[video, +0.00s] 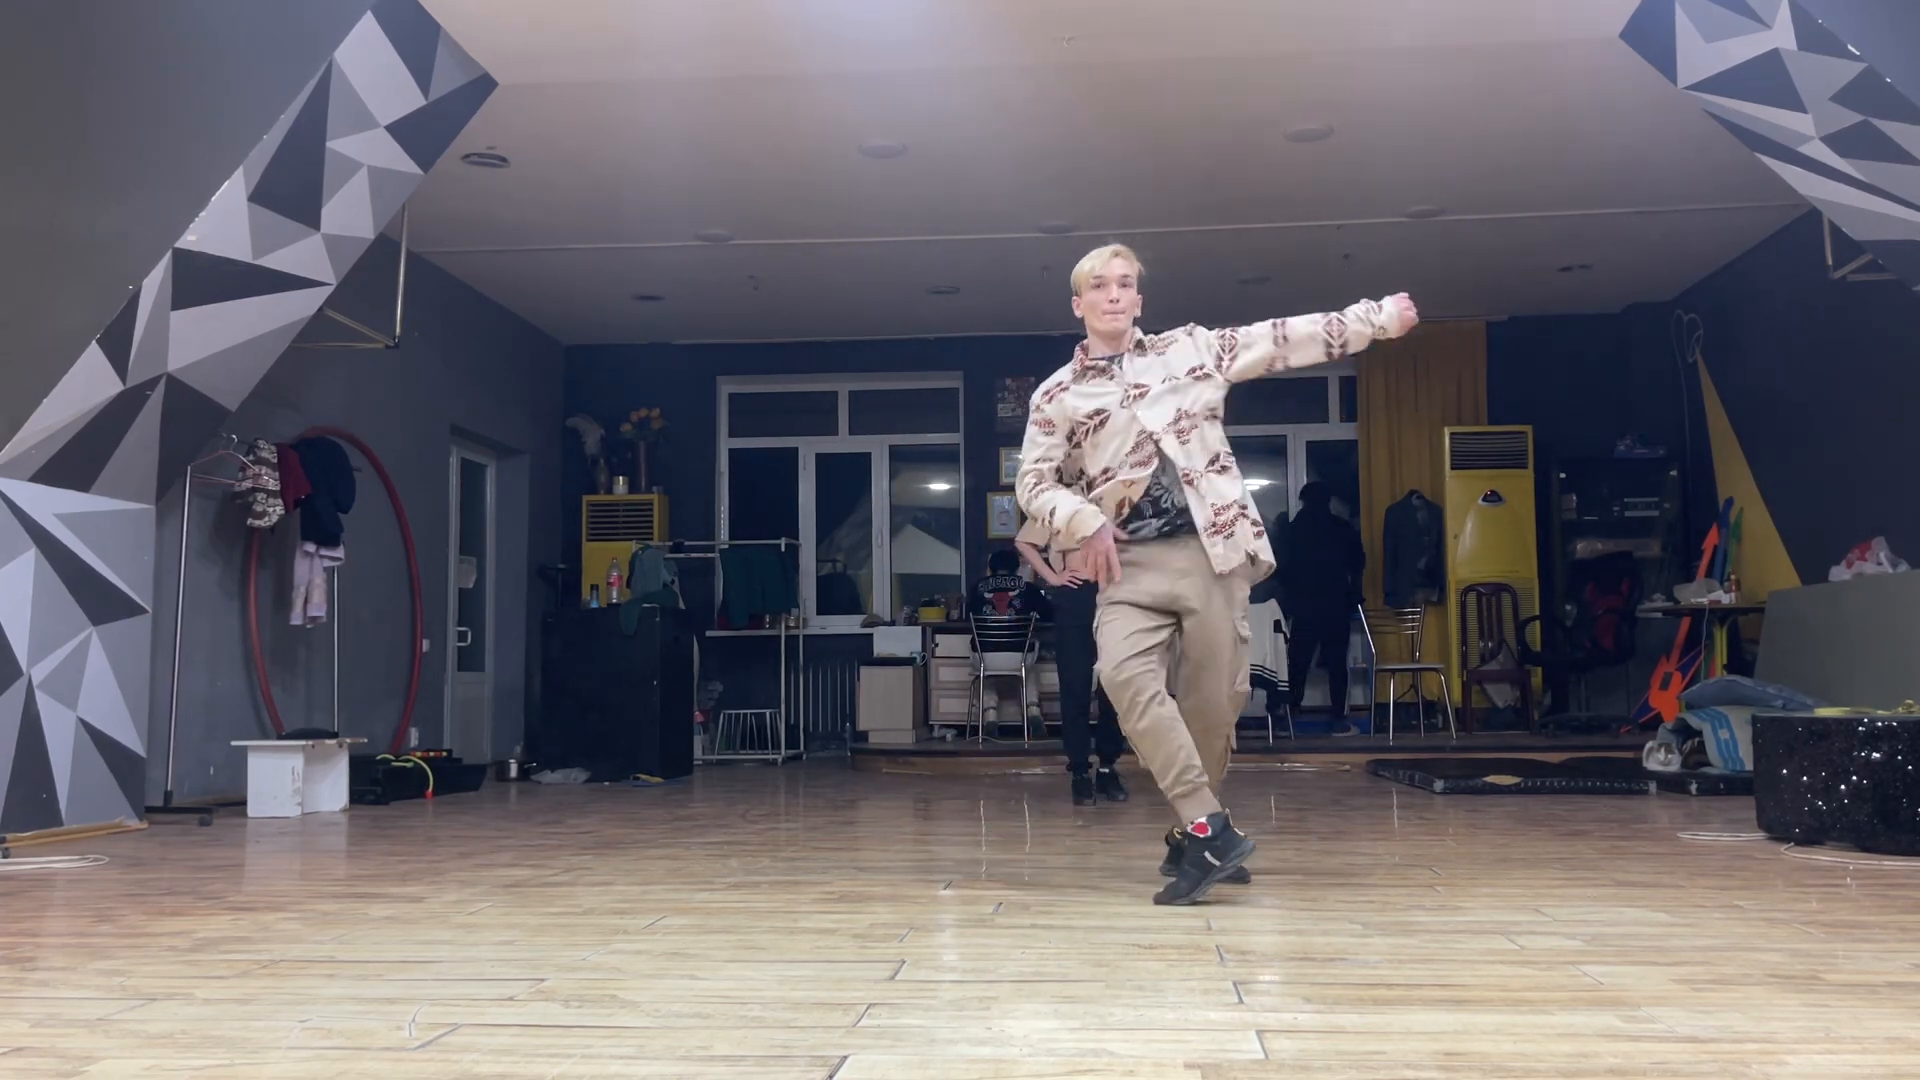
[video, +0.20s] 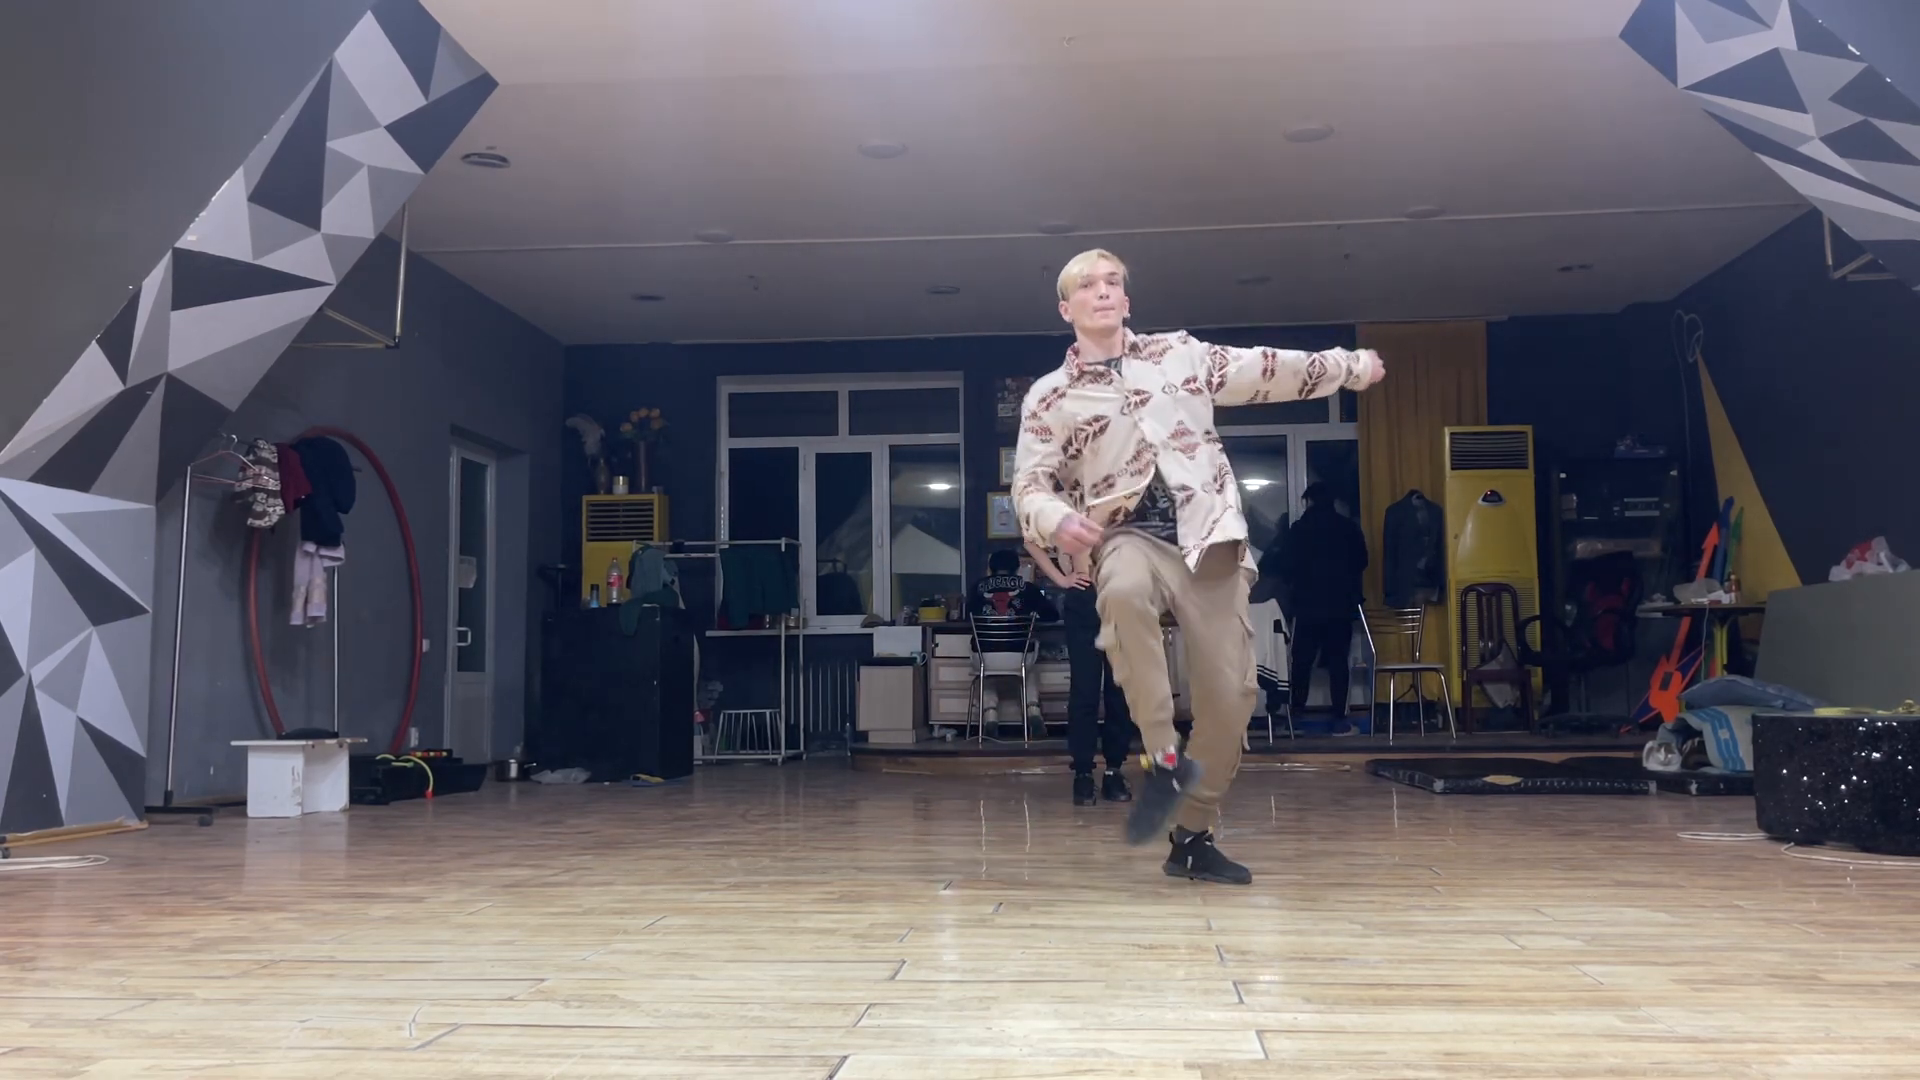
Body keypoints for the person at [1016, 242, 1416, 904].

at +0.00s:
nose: (1115, 294)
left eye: (1125, 284)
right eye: (1100, 285)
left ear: (1140, 297)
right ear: (1077, 302)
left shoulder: (1190, 349)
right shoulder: (1057, 397)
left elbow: (1278, 339)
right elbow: (1032, 484)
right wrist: (1084, 522)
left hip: (1211, 551)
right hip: (1127, 561)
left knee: (1210, 704)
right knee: (1127, 680)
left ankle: (1189, 840)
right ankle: (1211, 827)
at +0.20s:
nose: (1105, 293)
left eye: (1113, 283)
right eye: (1091, 286)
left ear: (1127, 298)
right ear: (1066, 308)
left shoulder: (1180, 355)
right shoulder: (1049, 397)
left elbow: (1264, 369)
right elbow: (1030, 487)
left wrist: (1346, 366)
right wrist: (1056, 520)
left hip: (1211, 536)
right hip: (1130, 536)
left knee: (1230, 693)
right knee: (1123, 592)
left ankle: (1195, 837)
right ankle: (1162, 758)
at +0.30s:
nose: (1088, 247)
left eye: (1095, 237)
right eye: (1073, 239)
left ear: (1110, 252)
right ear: (1047, 259)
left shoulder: (1154, 319)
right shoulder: (1030, 347)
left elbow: (1221, 382)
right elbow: (1023, 436)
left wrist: (1291, 434)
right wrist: (1023, 485)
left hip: (1183, 490)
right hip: (1106, 491)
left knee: (1235, 648)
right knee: (1148, 571)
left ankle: (1193, 804)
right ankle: (1111, 726)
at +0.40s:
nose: (1086, 231)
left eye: (1091, 220)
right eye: (1070, 223)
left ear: (1101, 232)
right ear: (1041, 243)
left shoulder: (1118, 317)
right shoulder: (1033, 314)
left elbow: (1156, 421)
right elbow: (1017, 410)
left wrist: (1208, 491)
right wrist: (991, 483)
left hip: (1174, 496)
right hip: (1111, 500)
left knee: (1275, 562)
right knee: (1120, 649)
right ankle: (1058, 810)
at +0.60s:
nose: (1079, 250)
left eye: (1084, 241)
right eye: (1064, 240)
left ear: (1090, 256)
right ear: (1030, 257)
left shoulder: (1092, 333)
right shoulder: (1011, 333)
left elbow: (1107, 437)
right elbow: (992, 407)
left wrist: (1149, 497)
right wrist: (970, 420)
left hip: (1124, 523)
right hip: (1057, 529)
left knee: (1227, 604)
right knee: (1050, 675)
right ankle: (1031, 837)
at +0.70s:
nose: (1075, 258)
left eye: (1082, 247)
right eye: (1059, 247)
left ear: (1090, 257)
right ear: (1028, 261)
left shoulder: (1101, 334)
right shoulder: (994, 339)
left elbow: (1123, 422)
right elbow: (964, 398)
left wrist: (1168, 476)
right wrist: (960, 429)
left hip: (1095, 518)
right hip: (1022, 515)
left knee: (1111, 670)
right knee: (1108, 608)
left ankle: (1047, 838)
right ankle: (1054, 766)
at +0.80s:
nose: (1091, 285)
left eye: (1097, 275)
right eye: (1076, 274)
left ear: (1104, 289)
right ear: (1043, 286)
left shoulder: (1110, 386)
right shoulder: (1005, 359)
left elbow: (1147, 458)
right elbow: (970, 456)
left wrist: (1223, 485)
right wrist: (1034, 483)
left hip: (1070, 547)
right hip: (997, 534)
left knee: (1097, 689)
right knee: (1081, 617)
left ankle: (1048, 841)